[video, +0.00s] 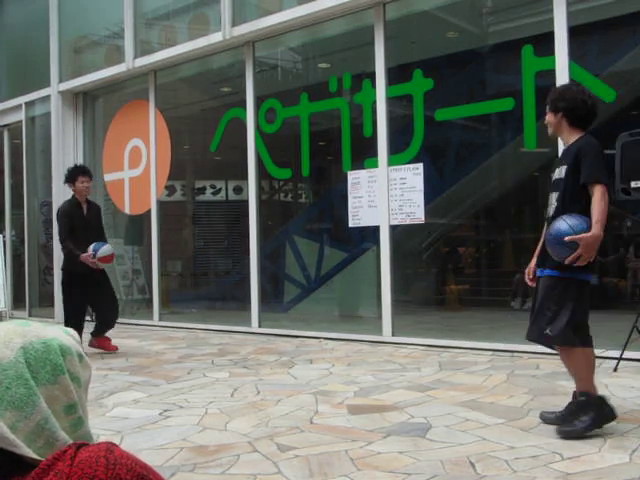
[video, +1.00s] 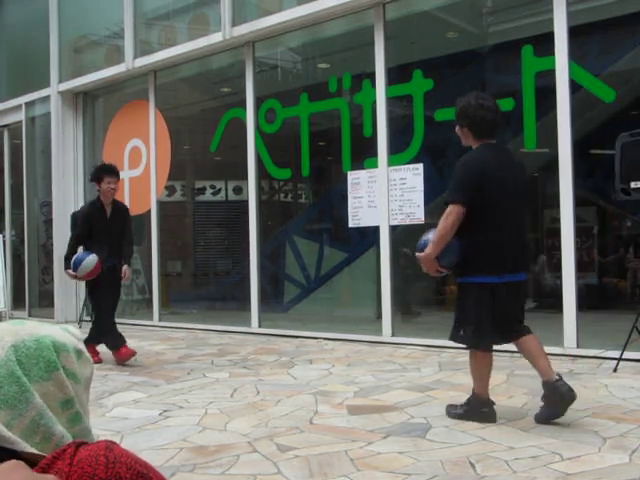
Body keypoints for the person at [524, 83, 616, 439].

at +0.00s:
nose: (545, 118)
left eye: (548, 112)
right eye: (546, 112)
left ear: (561, 115)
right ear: (568, 116)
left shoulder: (587, 147)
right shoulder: (565, 153)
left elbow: (599, 190)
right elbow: (554, 214)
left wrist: (597, 232)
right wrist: (537, 256)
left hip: (571, 259)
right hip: (554, 259)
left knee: (571, 328)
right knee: (557, 329)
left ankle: (591, 401)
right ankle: (584, 398)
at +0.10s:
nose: (540, 118)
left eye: (543, 112)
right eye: (541, 112)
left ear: (556, 116)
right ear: (563, 117)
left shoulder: (580, 148)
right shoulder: (557, 156)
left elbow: (597, 192)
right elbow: (549, 216)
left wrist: (598, 233)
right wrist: (534, 258)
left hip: (562, 261)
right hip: (558, 261)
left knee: (551, 333)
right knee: (573, 333)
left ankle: (550, 412)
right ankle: (584, 405)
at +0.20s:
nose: (532, 120)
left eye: (535, 114)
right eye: (534, 114)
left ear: (548, 117)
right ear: (555, 119)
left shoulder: (575, 150)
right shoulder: (553, 159)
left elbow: (594, 194)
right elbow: (545, 217)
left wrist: (597, 235)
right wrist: (531, 264)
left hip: (555, 263)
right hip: (551, 264)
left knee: (534, 334)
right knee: (570, 335)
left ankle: (514, 404)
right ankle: (583, 405)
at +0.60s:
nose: (494, 127)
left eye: (497, 122)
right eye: (496, 121)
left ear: (508, 127)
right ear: (526, 127)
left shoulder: (530, 159)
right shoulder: (530, 158)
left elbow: (545, 206)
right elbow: (541, 208)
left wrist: (547, 252)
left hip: (516, 265)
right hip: (533, 263)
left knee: (496, 334)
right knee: (550, 333)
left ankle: (480, 400)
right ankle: (579, 401)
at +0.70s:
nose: (483, 126)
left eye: (487, 121)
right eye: (485, 120)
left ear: (498, 126)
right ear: (514, 126)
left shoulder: (513, 160)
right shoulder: (525, 158)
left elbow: (522, 208)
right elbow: (524, 210)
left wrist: (518, 253)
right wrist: (503, 252)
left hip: (505, 264)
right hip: (527, 263)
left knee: (488, 332)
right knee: (540, 330)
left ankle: (480, 400)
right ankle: (576, 397)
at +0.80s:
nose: (473, 126)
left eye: (476, 121)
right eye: (475, 120)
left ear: (484, 126)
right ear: (508, 124)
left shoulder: (497, 162)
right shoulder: (519, 158)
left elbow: (497, 211)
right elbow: (518, 215)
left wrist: (484, 251)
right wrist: (488, 250)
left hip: (499, 264)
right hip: (521, 263)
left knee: (483, 331)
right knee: (531, 328)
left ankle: (479, 400)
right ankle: (571, 393)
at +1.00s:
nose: (456, 131)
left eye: (458, 125)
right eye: (457, 125)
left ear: (465, 129)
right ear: (491, 125)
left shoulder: (470, 164)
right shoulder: (511, 161)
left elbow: (455, 213)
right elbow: (517, 214)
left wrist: (430, 253)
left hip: (481, 267)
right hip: (513, 264)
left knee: (479, 333)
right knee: (514, 325)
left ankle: (480, 400)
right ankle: (554, 384)